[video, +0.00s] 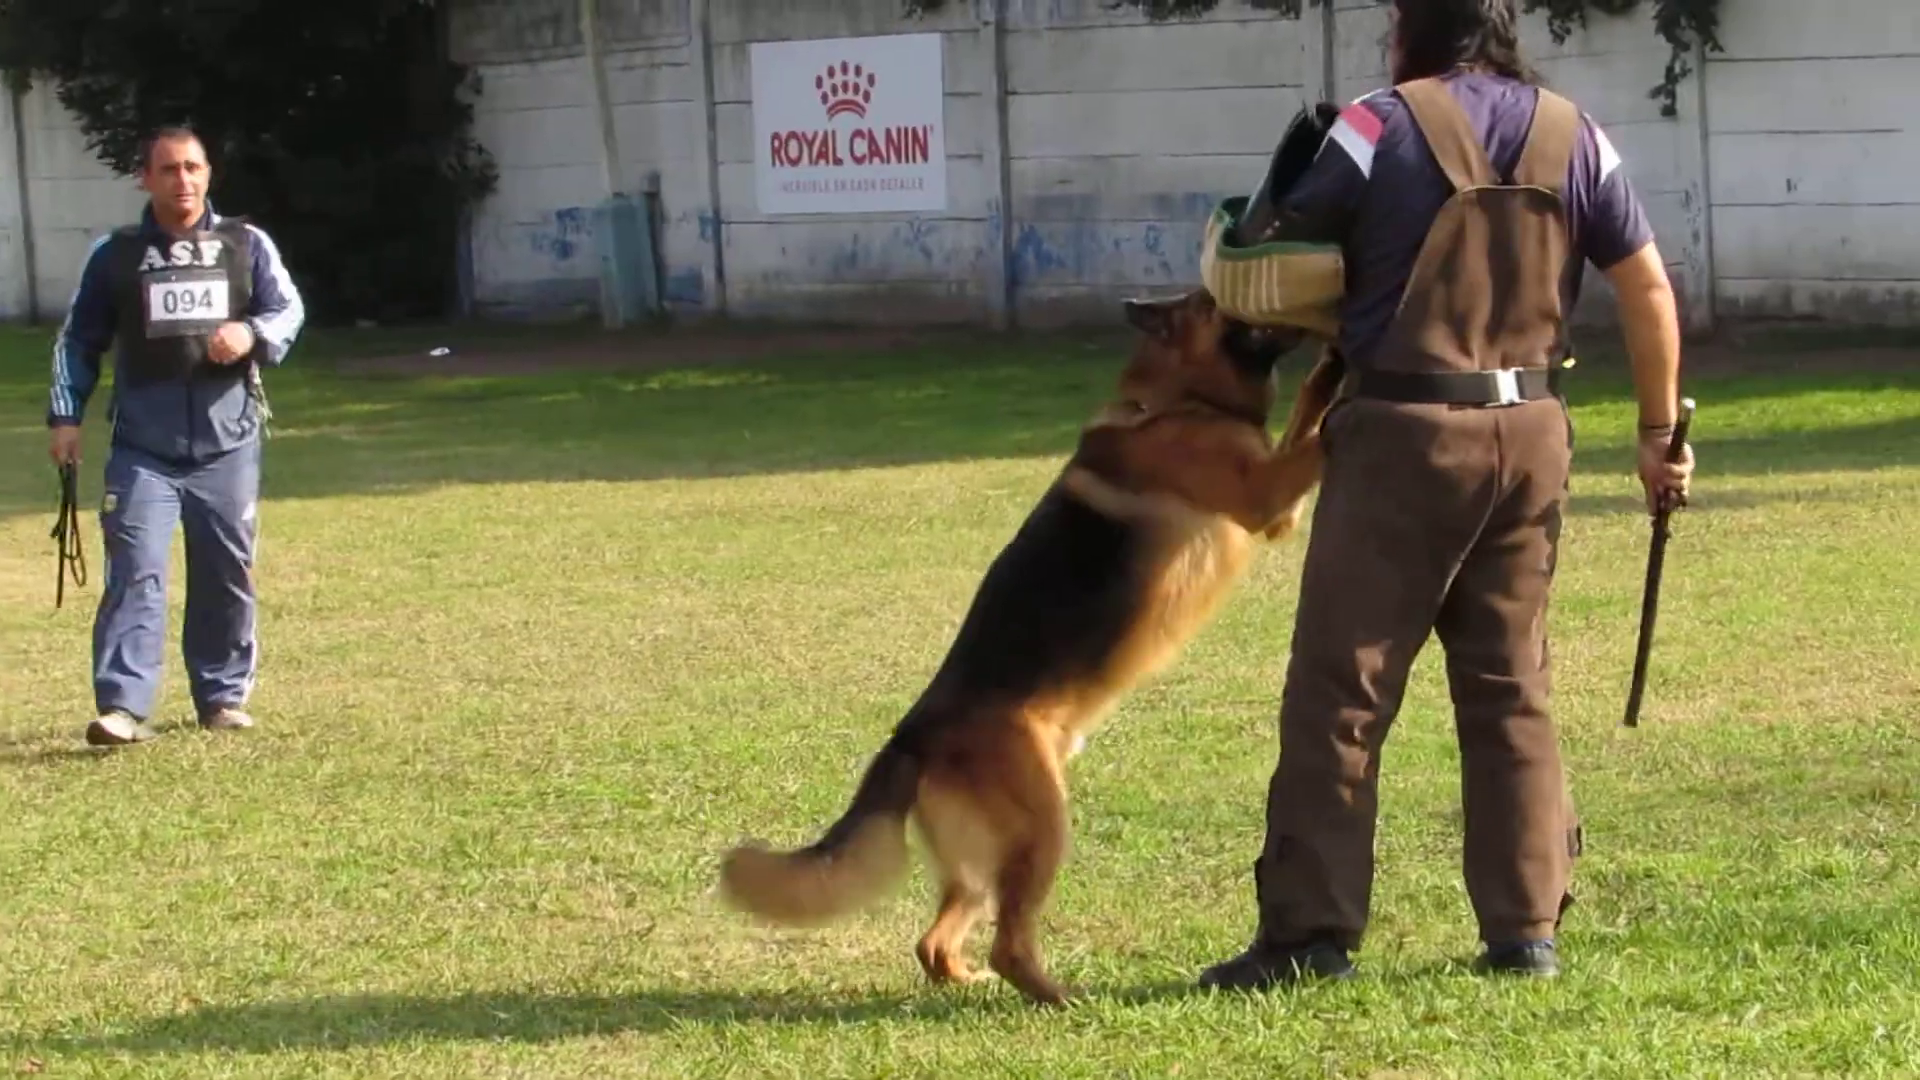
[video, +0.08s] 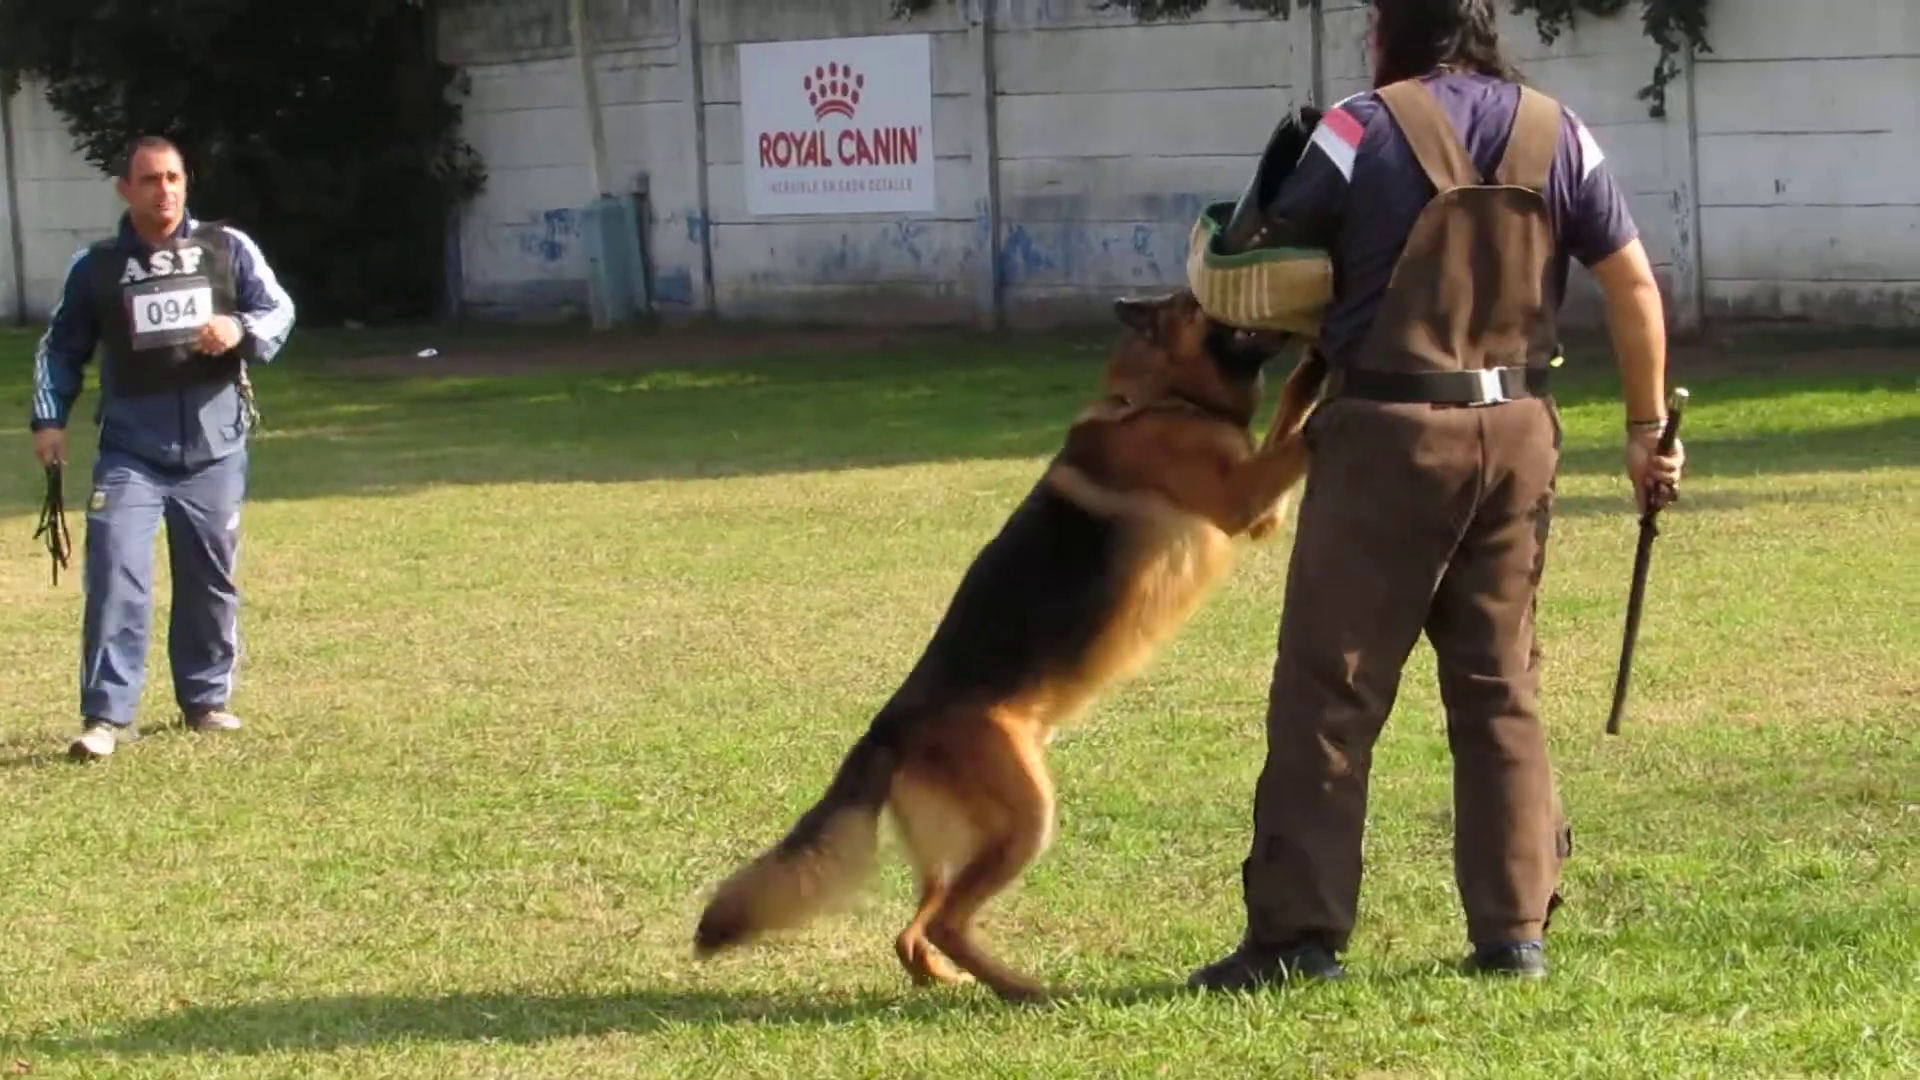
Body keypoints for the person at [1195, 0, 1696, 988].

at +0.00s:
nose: (1389, 42)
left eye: (1394, 28)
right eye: (1395, 28)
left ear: (1410, 33)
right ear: (1503, 36)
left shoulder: (1378, 121)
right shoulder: (1577, 135)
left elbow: (1280, 261)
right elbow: (1649, 291)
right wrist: (1663, 429)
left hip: (1403, 437)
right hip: (1534, 436)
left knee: (1341, 687)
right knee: (1511, 684)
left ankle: (1306, 937)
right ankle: (1525, 932)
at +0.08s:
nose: (1368, 43)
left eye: (1374, 28)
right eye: (1372, 29)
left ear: (1393, 34)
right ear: (1486, 38)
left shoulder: (1361, 124)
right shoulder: (1561, 132)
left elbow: (1269, 272)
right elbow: (1635, 286)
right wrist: (1651, 425)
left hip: (1387, 439)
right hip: (1520, 438)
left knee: (1330, 687)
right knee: (1500, 685)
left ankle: (1294, 939)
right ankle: (1514, 933)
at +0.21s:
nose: (1342, 46)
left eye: (1346, 31)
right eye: (1347, 31)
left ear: (1362, 36)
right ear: (1457, 36)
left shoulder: (1333, 129)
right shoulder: (1531, 133)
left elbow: (1242, 282)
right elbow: (1608, 285)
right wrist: (1612, 427)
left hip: (1360, 444)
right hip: (1491, 441)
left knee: (1300, 689)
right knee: (1475, 688)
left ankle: (1270, 938)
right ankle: (1489, 932)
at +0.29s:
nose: (1319, 42)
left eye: (1325, 29)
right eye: (1326, 29)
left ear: (1340, 37)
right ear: (1430, 35)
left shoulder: (1310, 131)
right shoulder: (1506, 134)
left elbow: (1212, 275)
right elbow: (1575, 287)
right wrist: (1573, 429)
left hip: (1335, 443)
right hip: (1463, 440)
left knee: (1270, 687)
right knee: (1444, 684)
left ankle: (1243, 939)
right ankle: (1462, 932)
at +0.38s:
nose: (1297, 40)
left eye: (1302, 27)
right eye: (1303, 27)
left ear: (1318, 35)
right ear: (1408, 32)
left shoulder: (1293, 131)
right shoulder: (1484, 136)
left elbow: (1196, 269)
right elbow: (1552, 293)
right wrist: (1541, 433)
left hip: (1313, 445)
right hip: (1441, 442)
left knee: (1248, 686)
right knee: (1421, 681)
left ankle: (1223, 941)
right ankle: (1443, 933)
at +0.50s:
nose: (1276, 41)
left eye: (1280, 29)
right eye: (1282, 28)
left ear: (1295, 38)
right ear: (1386, 36)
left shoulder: (1273, 129)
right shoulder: (1461, 138)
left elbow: (1176, 262)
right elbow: (1529, 296)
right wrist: (1512, 430)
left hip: (1290, 444)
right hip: (1415, 440)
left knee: (1227, 693)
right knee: (1395, 682)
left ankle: (1204, 944)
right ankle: (1424, 933)